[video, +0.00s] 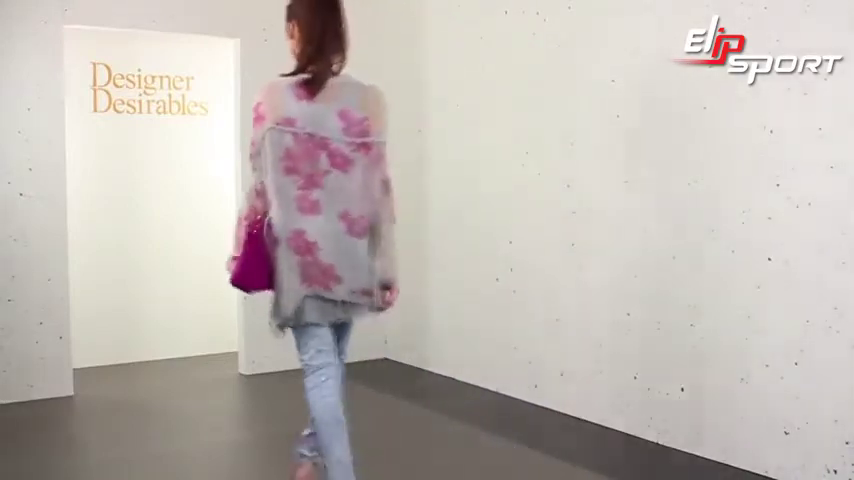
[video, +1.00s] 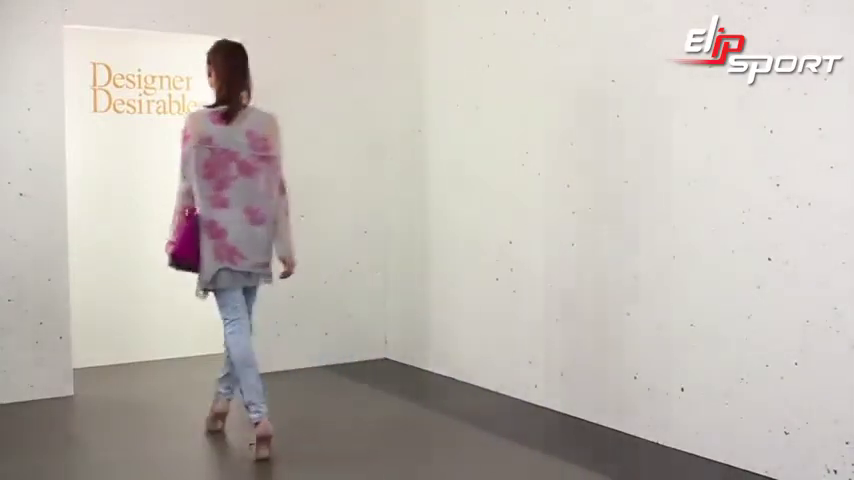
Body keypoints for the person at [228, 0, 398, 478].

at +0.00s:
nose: (286, 38)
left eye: (288, 30)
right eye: (288, 28)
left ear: (296, 32)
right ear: (337, 31)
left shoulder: (274, 97)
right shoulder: (367, 99)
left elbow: (260, 185)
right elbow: (380, 190)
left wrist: (243, 250)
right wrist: (386, 266)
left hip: (294, 251)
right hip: (354, 250)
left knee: (321, 368)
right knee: (332, 362)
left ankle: (341, 472)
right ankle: (310, 454)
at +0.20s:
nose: (272, 41)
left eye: (274, 33)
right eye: (273, 33)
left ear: (285, 35)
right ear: (319, 33)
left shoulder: (263, 94)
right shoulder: (349, 97)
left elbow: (245, 176)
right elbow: (357, 183)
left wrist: (224, 242)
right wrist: (360, 254)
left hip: (279, 239)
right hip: (337, 243)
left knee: (284, 345)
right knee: (322, 348)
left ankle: (302, 451)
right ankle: (313, 450)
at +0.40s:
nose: (254, 50)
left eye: (255, 43)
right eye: (256, 42)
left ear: (264, 46)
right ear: (302, 44)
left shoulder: (253, 102)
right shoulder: (328, 103)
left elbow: (236, 177)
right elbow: (337, 180)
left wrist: (213, 239)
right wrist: (333, 238)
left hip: (263, 238)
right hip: (319, 239)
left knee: (262, 335)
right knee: (315, 342)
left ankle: (264, 429)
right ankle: (308, 456)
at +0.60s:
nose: (238, 59)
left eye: (238, 52)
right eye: (240, 51)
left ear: (246, 55)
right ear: (281, 52)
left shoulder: (235, 111)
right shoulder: (307, 108)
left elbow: (222, 183)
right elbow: (315, 180)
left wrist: (201, 241)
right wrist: (304, 223)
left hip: (247, 237)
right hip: (297, 238)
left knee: (246, 331)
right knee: (288, 332)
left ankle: (262, 425)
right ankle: (300, 429)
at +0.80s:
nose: (223, 58)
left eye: (225, 52)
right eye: (225, 51)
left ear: (231, 55)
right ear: (263, 53)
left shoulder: (216, 106)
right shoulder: (288, 108)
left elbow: (204, 175)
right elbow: (297, 180)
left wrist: (190, 230)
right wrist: (303, 238)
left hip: (233, 228)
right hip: (280, 228)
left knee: (244, 323)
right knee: (263, 313)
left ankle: (263, 422)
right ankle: (260, 406)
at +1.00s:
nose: (208, 76)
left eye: (209, 70)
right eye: (211, 68)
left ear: (213, 73)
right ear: (246, 71)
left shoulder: (198, 121)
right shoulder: (265, 122)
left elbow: (187, 185)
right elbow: (277, 190)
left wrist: (176, 239)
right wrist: (285, 247)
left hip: (215, 238)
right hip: (258, 237)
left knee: (236, 324)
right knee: (241, 324)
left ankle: (259, 417)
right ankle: (221, 401)